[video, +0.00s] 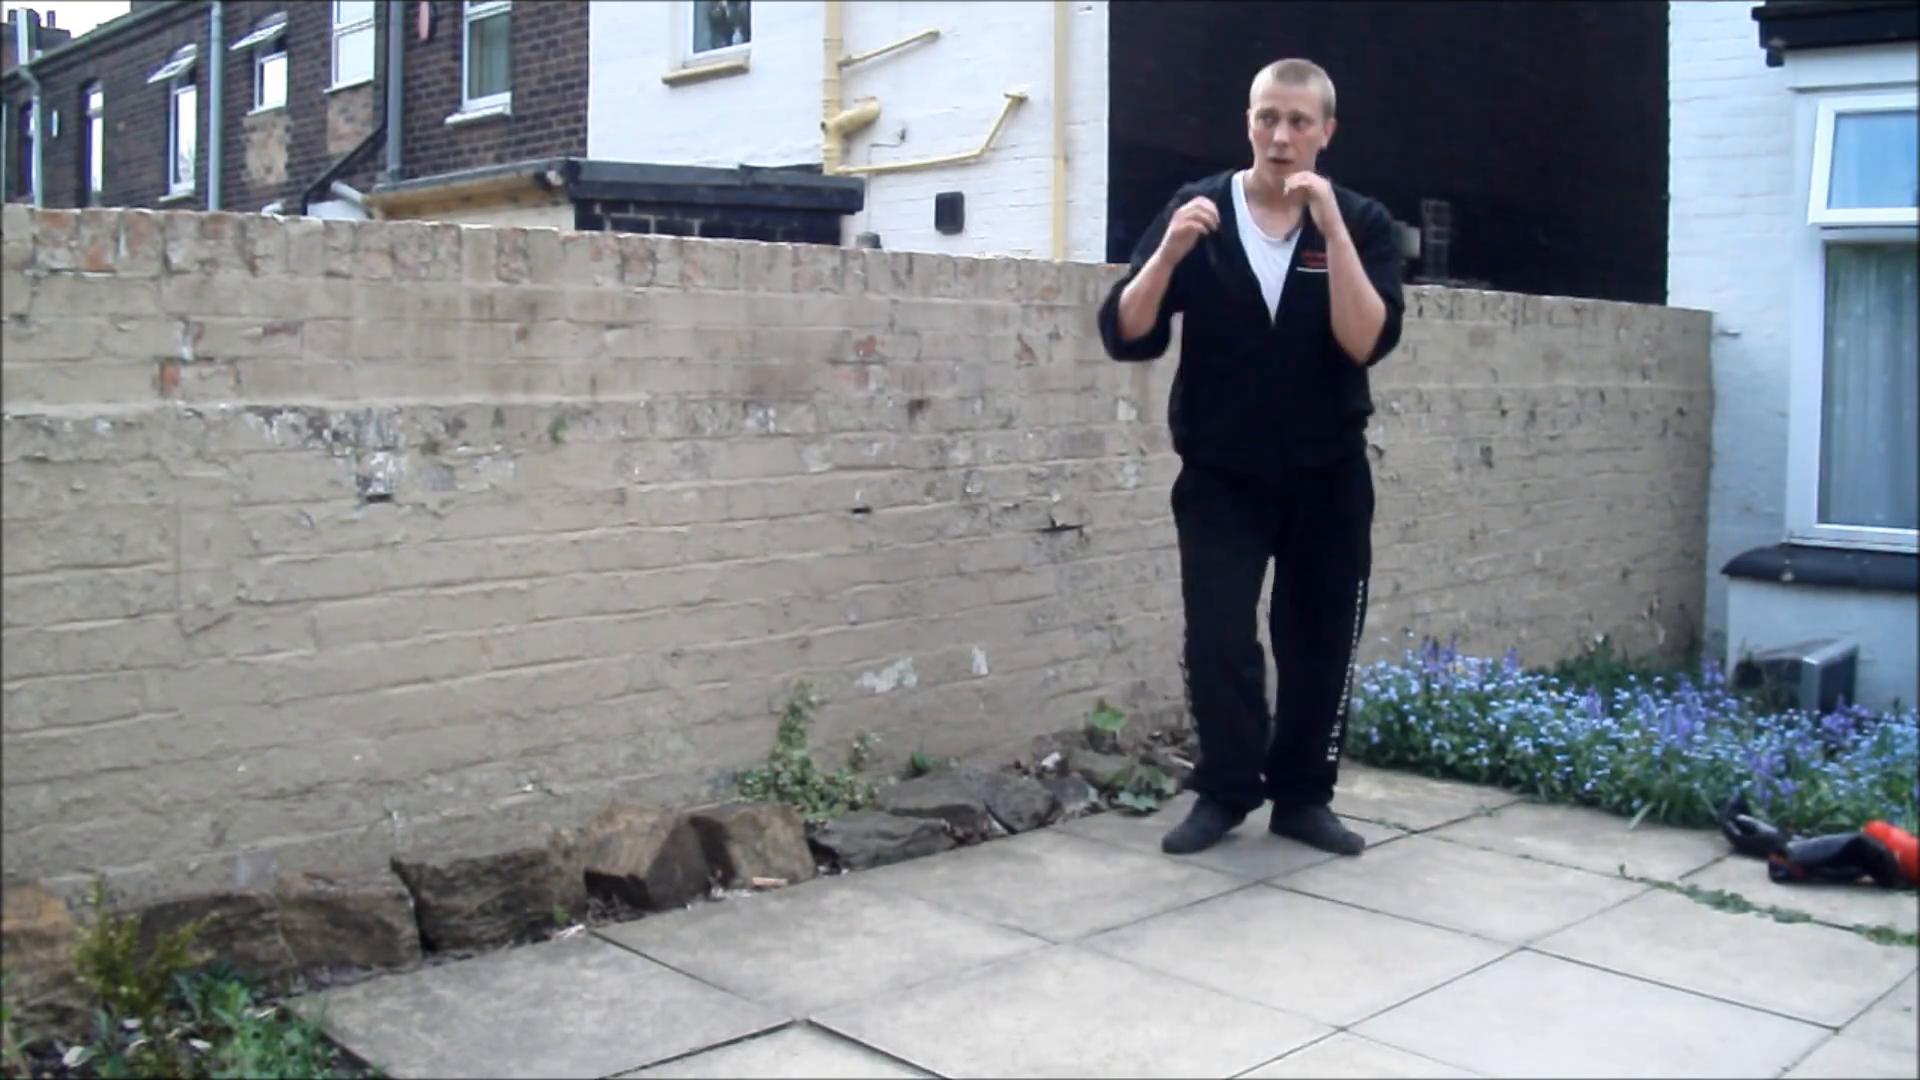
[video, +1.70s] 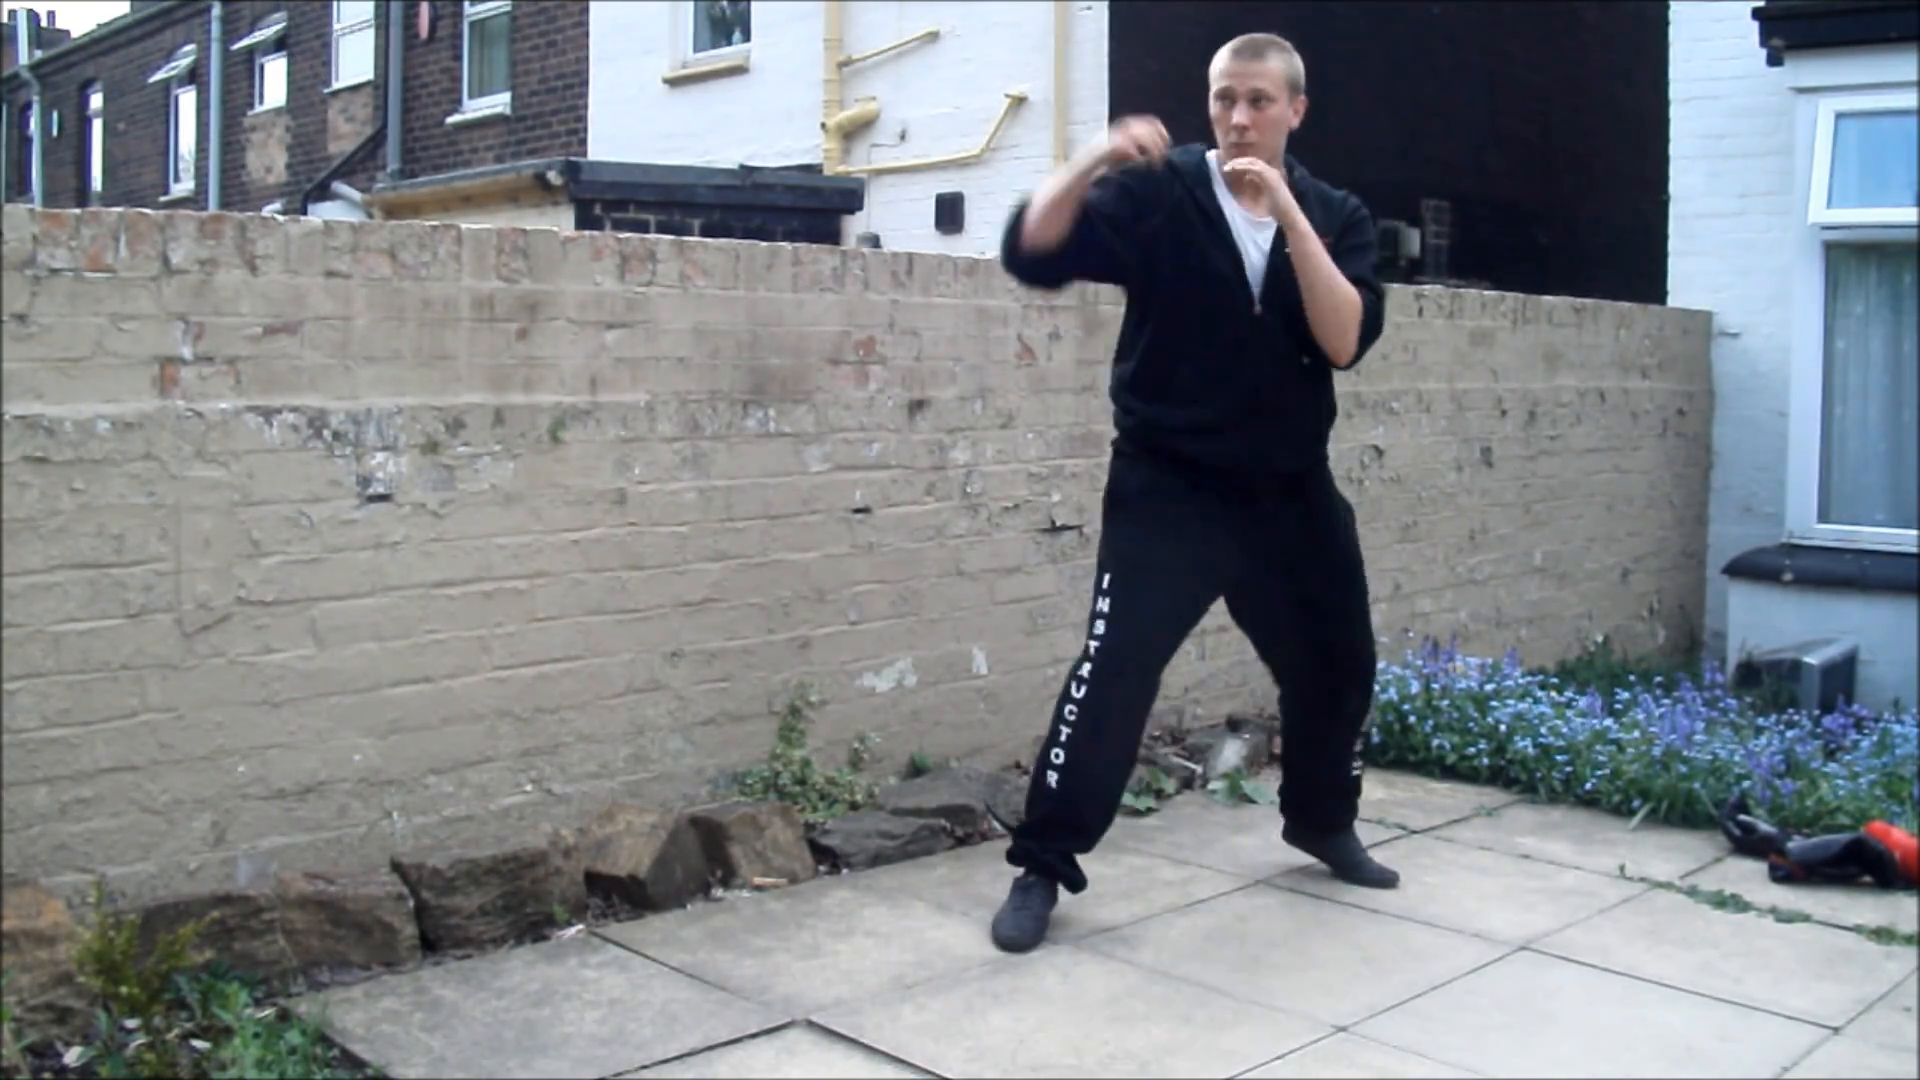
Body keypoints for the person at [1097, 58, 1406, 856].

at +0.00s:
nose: (1281, 135)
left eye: (1299, 121)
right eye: (1269, 118)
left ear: (1327, 132)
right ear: (1247, 123)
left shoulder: (1363, 224)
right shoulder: (1194, 210)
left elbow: (1366, 342)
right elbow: (1124, 336)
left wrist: (1332, 228)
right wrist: (1168, 254)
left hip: (1327, 477)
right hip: (1220, 473)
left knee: (1319, 644)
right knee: (1217, 642)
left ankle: (1303, 801)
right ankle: (1223, 794)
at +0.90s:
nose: (1308, 172)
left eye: (1327, 158)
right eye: (1295, 154)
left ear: (1359, 161)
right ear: (1275, 148)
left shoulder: (1383, 240)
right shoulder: (1218, 213)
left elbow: (1366, 368)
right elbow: (1147, 362)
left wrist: (1314, 260)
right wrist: (1182, 304)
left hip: (1326, 486)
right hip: (1212, 479)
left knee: (1347, 657)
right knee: (1172, 647)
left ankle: (1327, 817)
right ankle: (1105, 840)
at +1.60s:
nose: (1258, 111)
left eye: (1277, 95)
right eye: (1244, 94)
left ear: (1314, 105)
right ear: (1224, 101)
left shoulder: (1353, 208)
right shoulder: (1173, 187)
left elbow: (1358, 330)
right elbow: (1085, 326)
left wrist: (1294, 209)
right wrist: (1137, 255)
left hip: (1292, 488)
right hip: (1174, 481)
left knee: (1319, 666)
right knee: (1130, 666)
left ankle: (1311, 835)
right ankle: (1047, 862)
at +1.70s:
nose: (1241, 116)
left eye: (1260, 100)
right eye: (1227, 98)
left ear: (1296, 110)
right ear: (1207, 104)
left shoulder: (1337, 216)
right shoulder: (1155, 193)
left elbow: (1345, 342)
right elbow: (1032, 254)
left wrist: (1287, 214)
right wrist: (1092, 161)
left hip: (1290, 491)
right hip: (1165, 486)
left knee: (1339, 663)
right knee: (1115, 666)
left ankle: (1321, 823)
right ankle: (1041, 867)